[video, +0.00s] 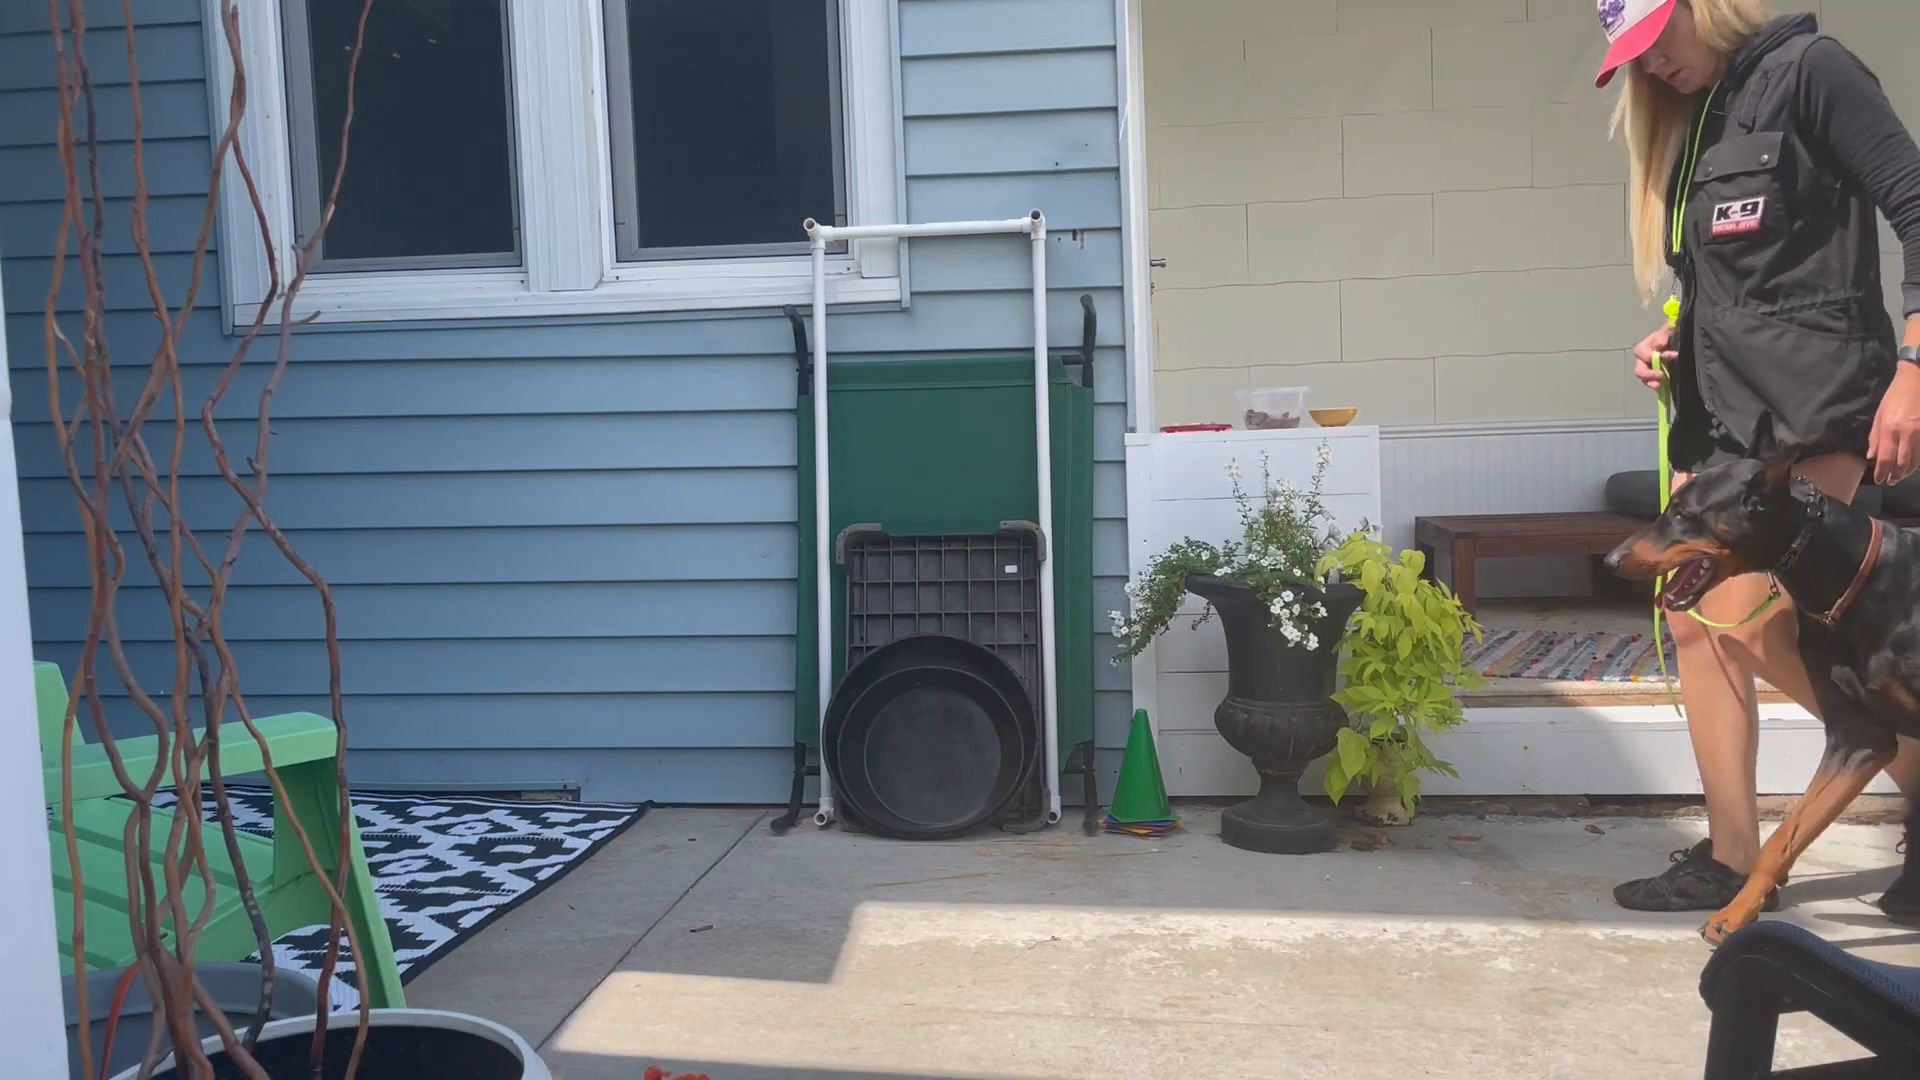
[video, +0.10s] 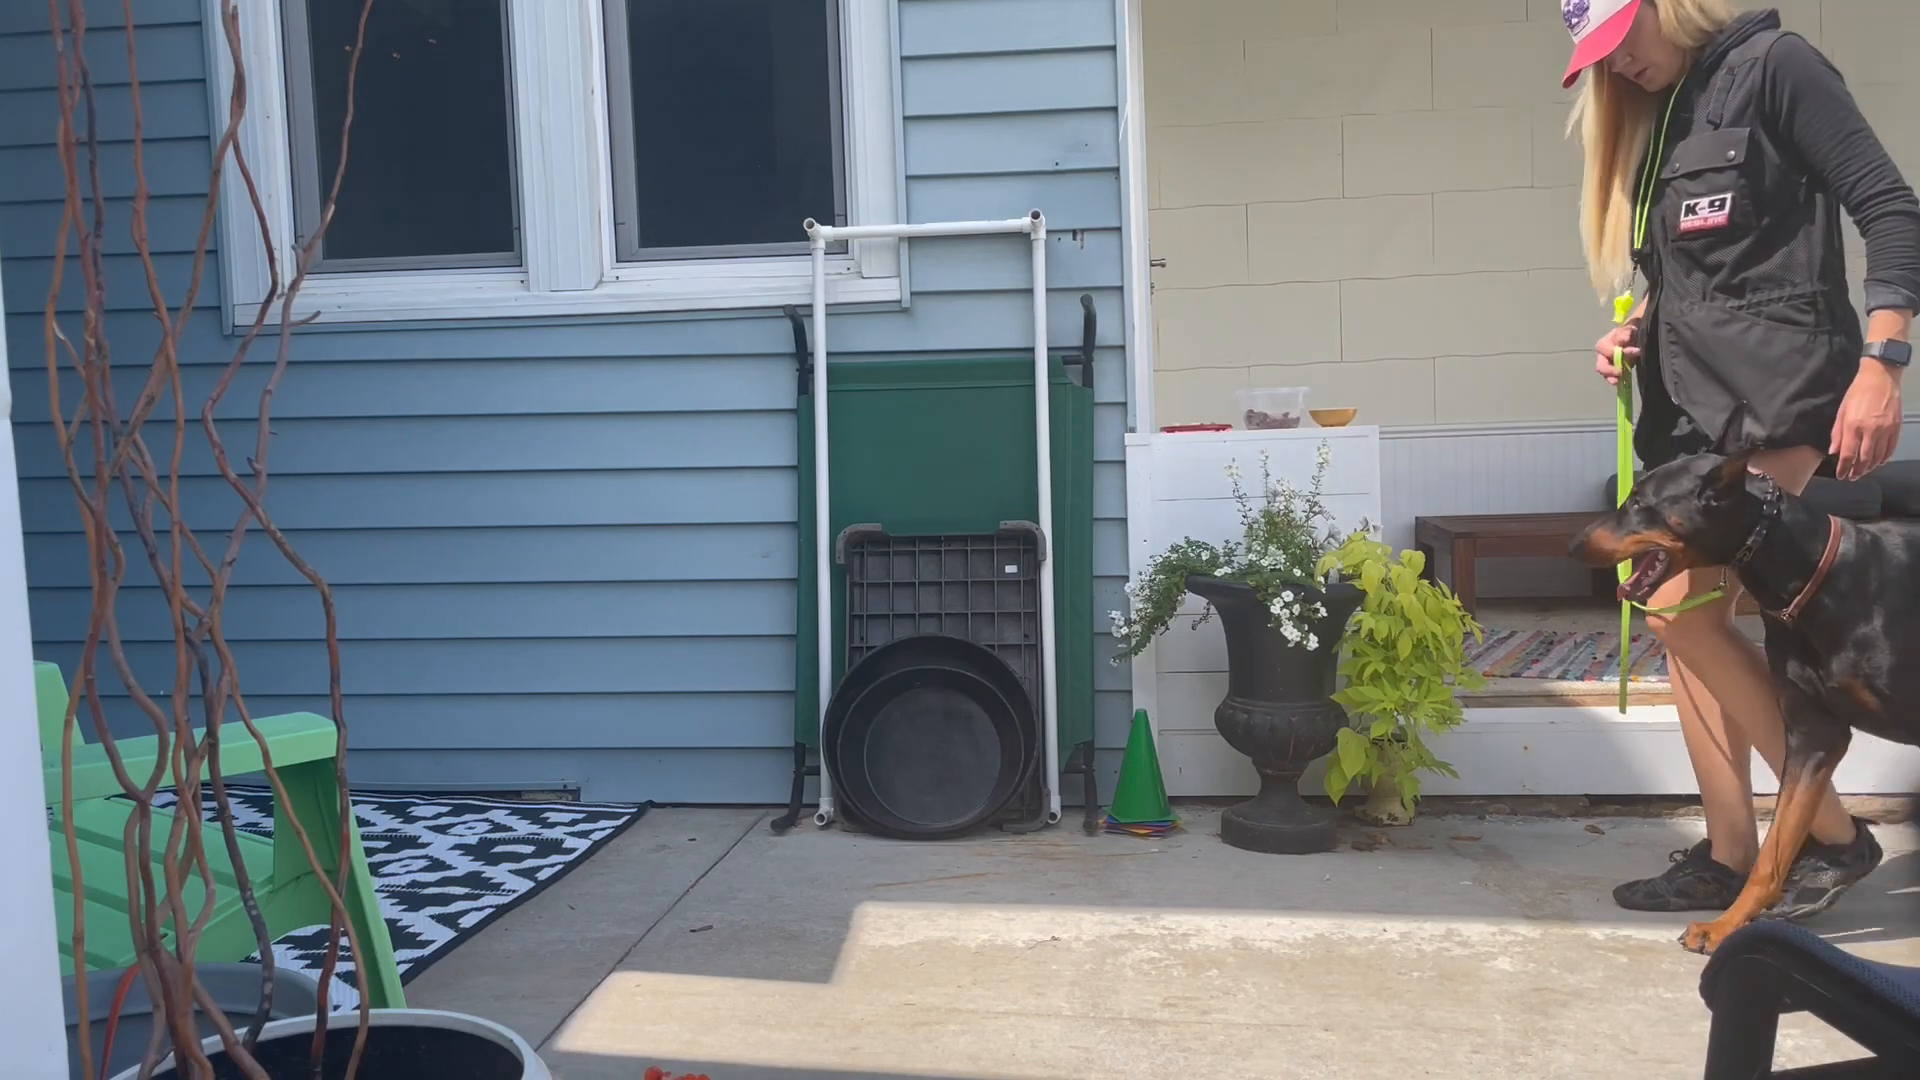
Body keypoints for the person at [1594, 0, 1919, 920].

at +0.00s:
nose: (1649, 70)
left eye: (1653, 46)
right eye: (1636, 59)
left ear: (1701, 6)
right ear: (1639, 49)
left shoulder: (1810, 69)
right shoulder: (1695, 110)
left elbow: (1916, 209)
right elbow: (1721, 267)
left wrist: (1913, 367)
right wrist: (1677, 329)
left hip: (1818, 412)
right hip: (1719, 416)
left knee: (1766, 631)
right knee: (1697, 621)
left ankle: (1916, 787)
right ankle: (1734, 856)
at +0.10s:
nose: (1618, 67)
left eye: (1620, 42)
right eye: (1604, 57)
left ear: (1667, 3)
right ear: (1602, 53)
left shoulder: (1774, 65)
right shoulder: (1661, 107)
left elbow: (1891, 210)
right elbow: (1683, 264)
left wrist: (1882, 363)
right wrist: (1637, 321)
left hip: (1773, 402)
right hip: (1683, 406)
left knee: (1684, 608)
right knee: (1681, 621)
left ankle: (1834, 829)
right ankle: (1732, 854)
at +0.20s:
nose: (1591, 67)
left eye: (1592, 42)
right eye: (1576, 56)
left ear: (1637, 4)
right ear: (1579, 46)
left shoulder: (1742, 62)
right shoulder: (1635, 103)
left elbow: (1862, 207)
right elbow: (1657, 254)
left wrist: (1851, 359)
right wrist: (1610, 313)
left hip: (1742, 390)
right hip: (1660, 398)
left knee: (1653, 607)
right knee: (1691, 626)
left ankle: (1707, 870)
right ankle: (1722, 862)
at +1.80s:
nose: (1462, 77)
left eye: (1462, 52)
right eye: (1447, 67)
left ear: (1500, 7)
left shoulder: (1614, 63)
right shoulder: (1508, 105)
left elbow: (1736, 210)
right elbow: (1515, 245)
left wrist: (1714, 364)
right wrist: (1496, 333)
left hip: (1632, 383)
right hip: (1547, 386)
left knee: (1609, 620)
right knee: (1566, 621)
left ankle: (1653, 835)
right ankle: (1607, 835)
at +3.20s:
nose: (1418, 79)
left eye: (1416, 58)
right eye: (1410, 63)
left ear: (1448, 35)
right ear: (1472, 32)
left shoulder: (1543, 87)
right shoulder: (1496, 102)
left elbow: (1627, 255)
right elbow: (1532, 269)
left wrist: (1567, 413)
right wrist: (1505, 389)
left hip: (1609, 394)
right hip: (1558, 390)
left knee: (1579, 641)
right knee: (1532, 634)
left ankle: (1636, 838)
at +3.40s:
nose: (1405, 82)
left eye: (1405, 62)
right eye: (1398, 65)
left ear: (1435, 46)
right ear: (1463, 36)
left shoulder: (1509, 95)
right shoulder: (1487, 104)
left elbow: (1534, 271)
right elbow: (1507, 270)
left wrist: (1434, 382)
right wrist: (1483, 391)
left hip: (1571, 398)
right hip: (1537, 398)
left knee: (1549, 639)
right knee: (1503, 606)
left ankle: (1622, 831)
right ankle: (1536, 794)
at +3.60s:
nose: (1380, 119)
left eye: (1377, 99)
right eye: (1372, 102)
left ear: (1401, 78)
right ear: (1443, 65)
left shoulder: (1455, 131)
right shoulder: (1491, 127)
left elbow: (1405, 293)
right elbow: (1506, 271)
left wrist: (1319, 345)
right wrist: (1437, 339)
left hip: (1543, 382)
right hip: (1518, 385)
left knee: (1545, 638)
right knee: (1483, 626)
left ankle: (1621, 816)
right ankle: (1537, 813)